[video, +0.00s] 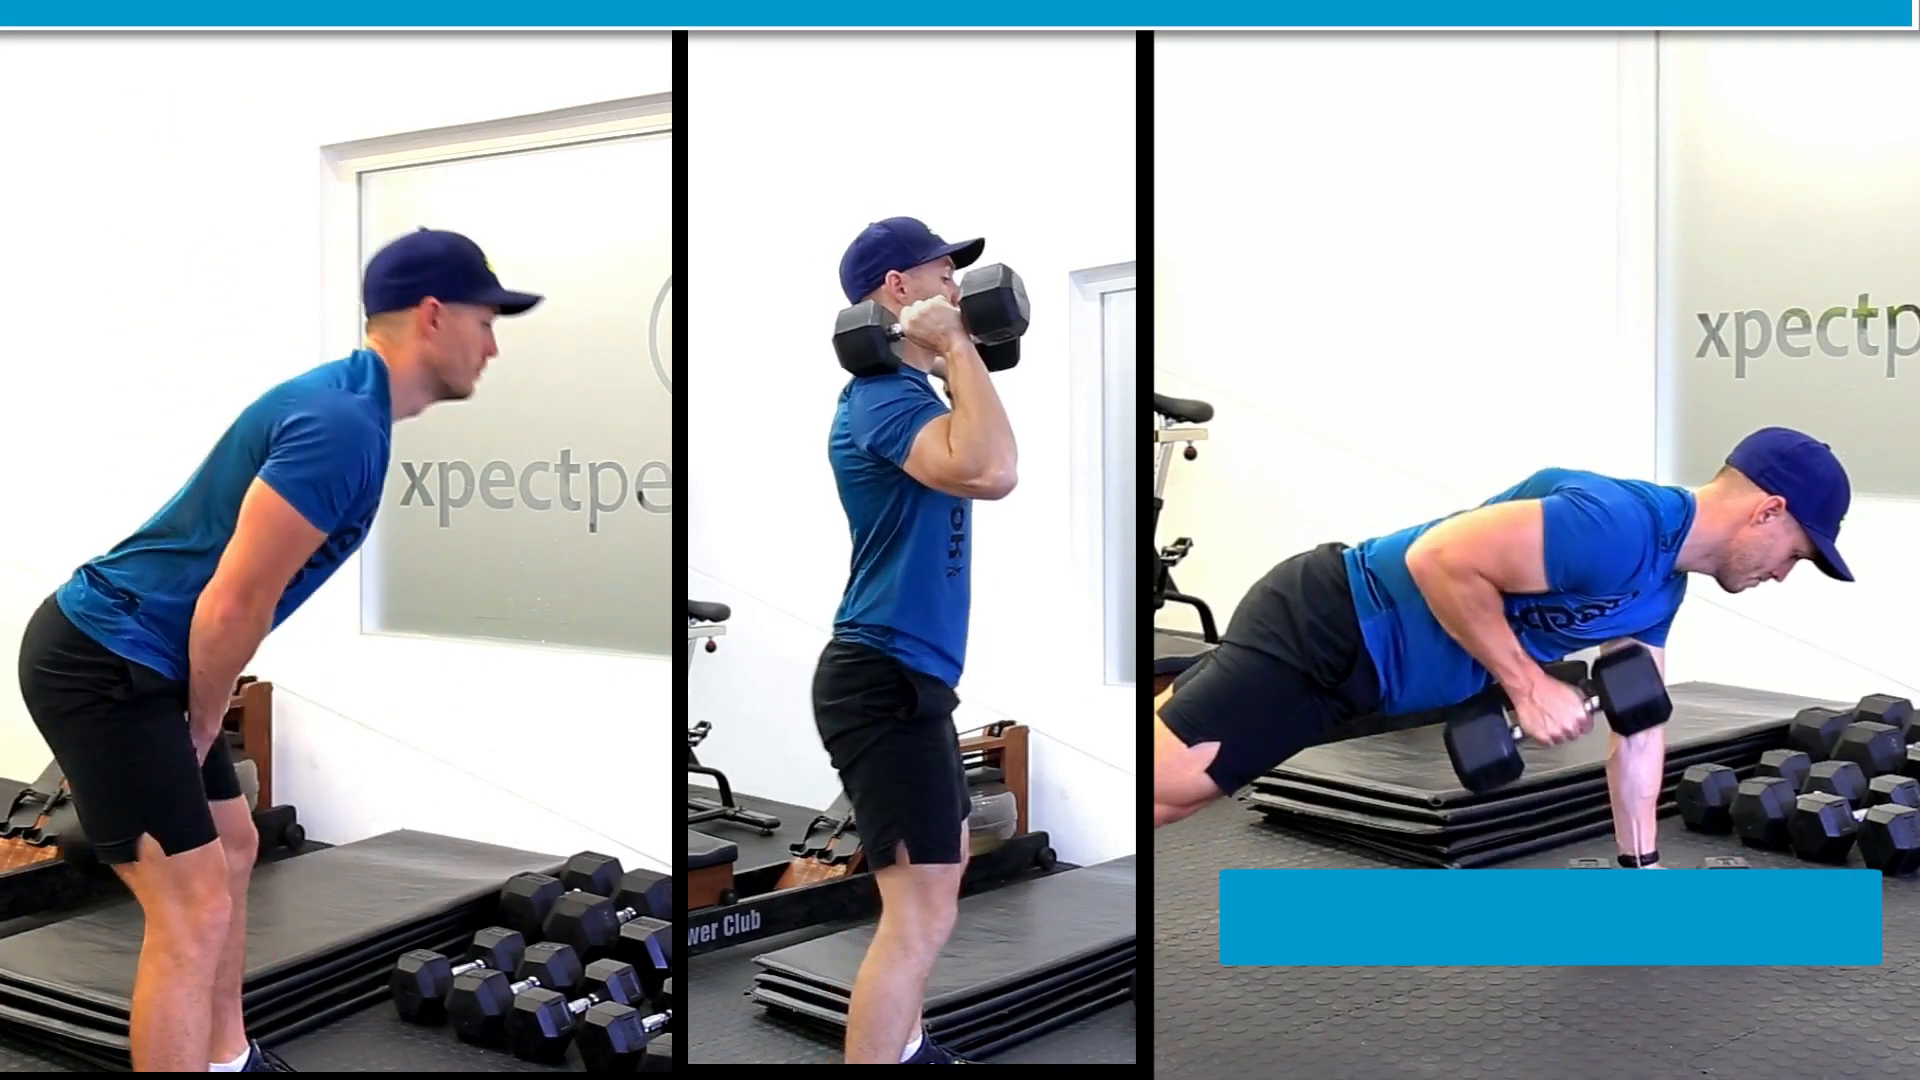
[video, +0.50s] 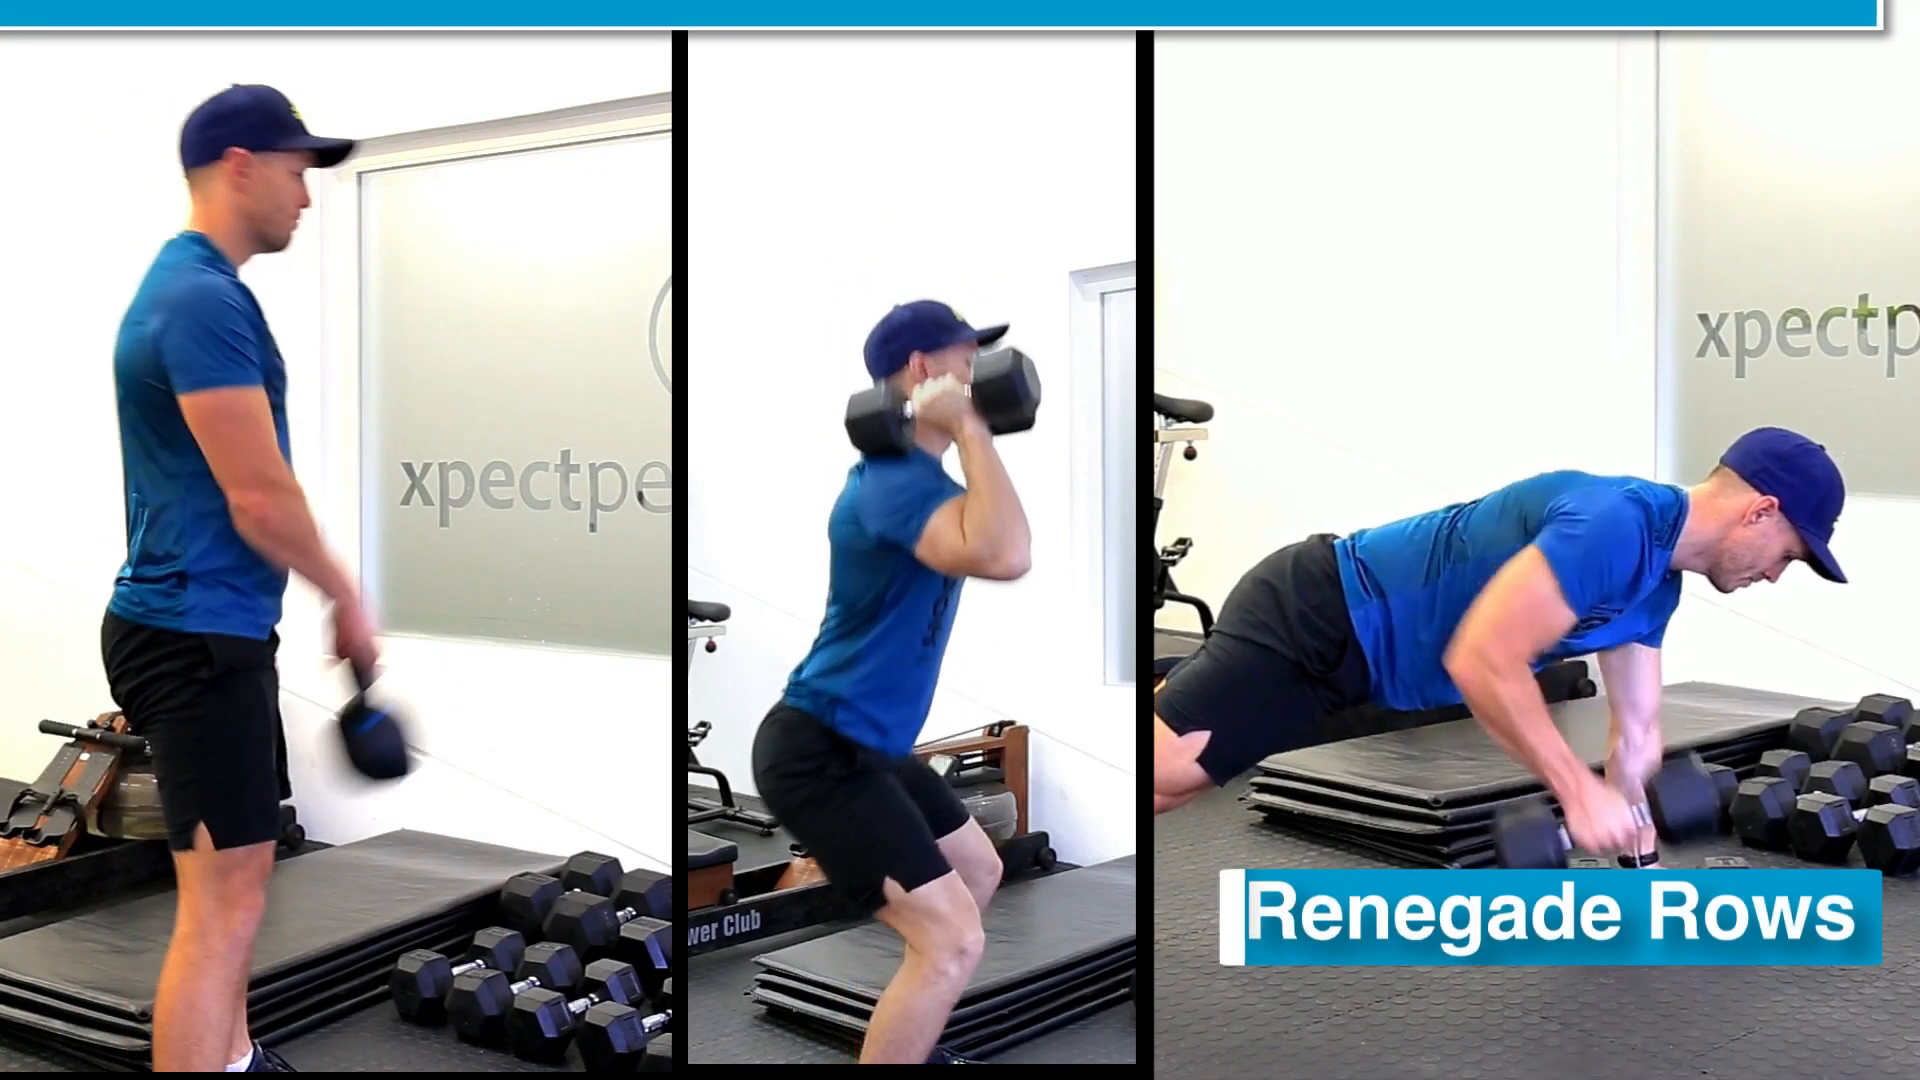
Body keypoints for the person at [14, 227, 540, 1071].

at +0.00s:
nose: (495, 345)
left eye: (496, 322)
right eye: (486, 319)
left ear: (426, 319)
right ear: (430, 316)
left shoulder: (352, 414)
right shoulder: (341, 424)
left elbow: (243, 596)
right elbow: (231, 604)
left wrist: (202, 720)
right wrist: (198, 736)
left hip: (153, 651)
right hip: (101, 654)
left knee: (232, 846)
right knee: (192, 908)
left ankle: (224, 1059)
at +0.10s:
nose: (498, 343)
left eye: (499, 322)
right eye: (489, 319)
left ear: (429, 319)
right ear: (435, 317)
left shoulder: (352, 412)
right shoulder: (343, 424)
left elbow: (250, 597)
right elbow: (240, 608)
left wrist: (211, 722)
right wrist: (208, 736)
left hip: (153, 651)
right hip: (103, 652)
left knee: (229, 845)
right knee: (191, 906)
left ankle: (222, 1059)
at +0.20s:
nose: (479, 307)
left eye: (478, 287)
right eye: (468, 285)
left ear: (405, 287)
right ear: (410, 283)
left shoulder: (343, 390)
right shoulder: (331, 398)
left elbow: (258, 579)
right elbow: (249, 590)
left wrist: (229, 702)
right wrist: (229, 717)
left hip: (162, 653)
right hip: (113, 653)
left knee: (234, 845)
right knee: (197, 914)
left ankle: (223, 1056)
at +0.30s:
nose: (433, 252)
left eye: (429, 233)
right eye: (418, 232)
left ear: (361, 241)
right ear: (360, 237)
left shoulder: (313, 357)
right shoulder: (298, 364)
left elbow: (258, 558)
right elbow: (246, 571)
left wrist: (250, 687)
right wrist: (249, 699)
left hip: (190, 652)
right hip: (141, 655)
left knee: (251, 849)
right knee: (228, 915)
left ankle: (219, 1044)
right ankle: (197, 1073)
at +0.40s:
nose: (369, 214)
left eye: (368, 193)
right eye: (356, 191)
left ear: (293, 195)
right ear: (297, 191)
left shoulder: (251, 315)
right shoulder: (250, 327)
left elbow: (250, 525)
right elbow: (251, 535)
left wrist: (278, 653)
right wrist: (287, 654)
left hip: (186, 644)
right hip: (175, 650)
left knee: (239, 894)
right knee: (241, 917)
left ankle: (218, 1050)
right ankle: (204, 1067)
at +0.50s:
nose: (309, 195)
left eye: (309, 175)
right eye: (297, 171)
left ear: (233, 174)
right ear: (234, 168)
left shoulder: (200, 289)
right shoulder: (198, 298)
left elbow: (253, 489)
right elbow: (258, 497)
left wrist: (334, 588)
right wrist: (345, 592)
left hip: (205, 630)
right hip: (195, 637)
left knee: (233, 878)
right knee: (223, 907)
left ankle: (226, 1055)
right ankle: (193, 1074)